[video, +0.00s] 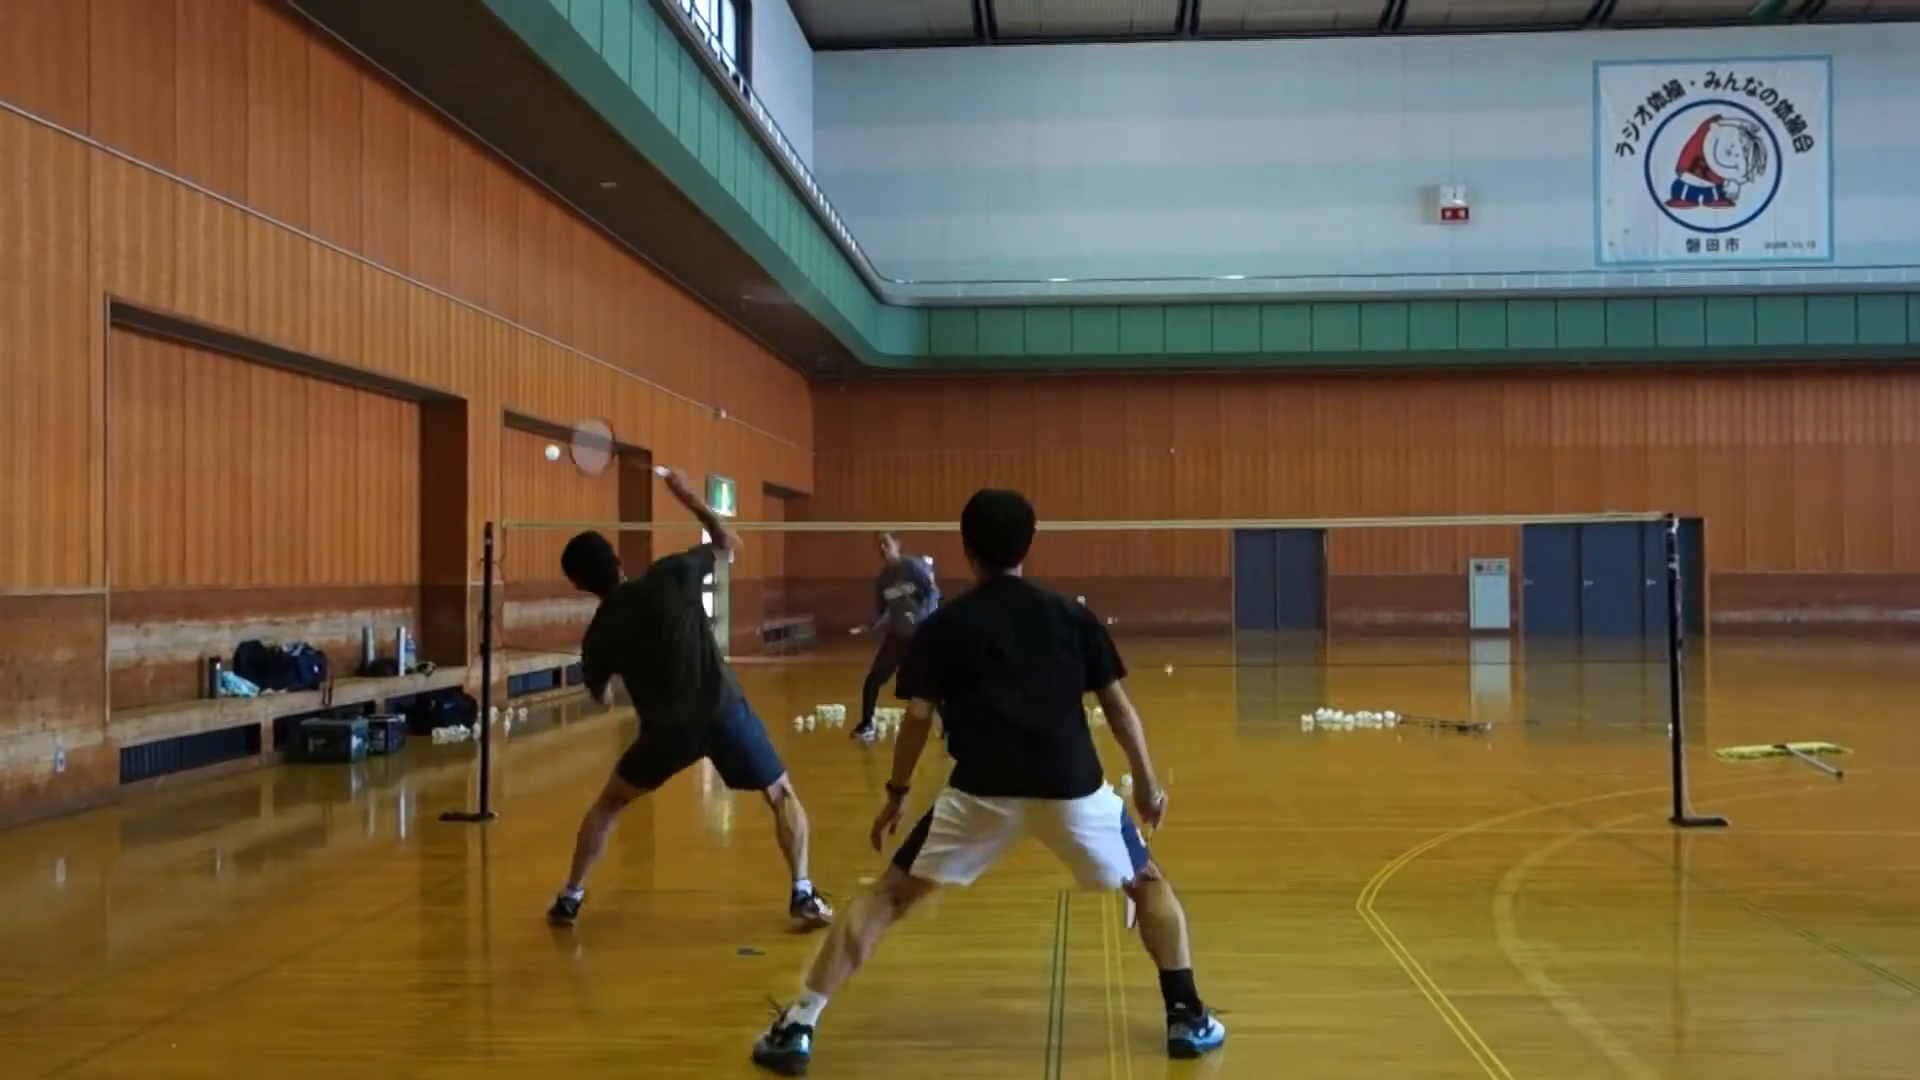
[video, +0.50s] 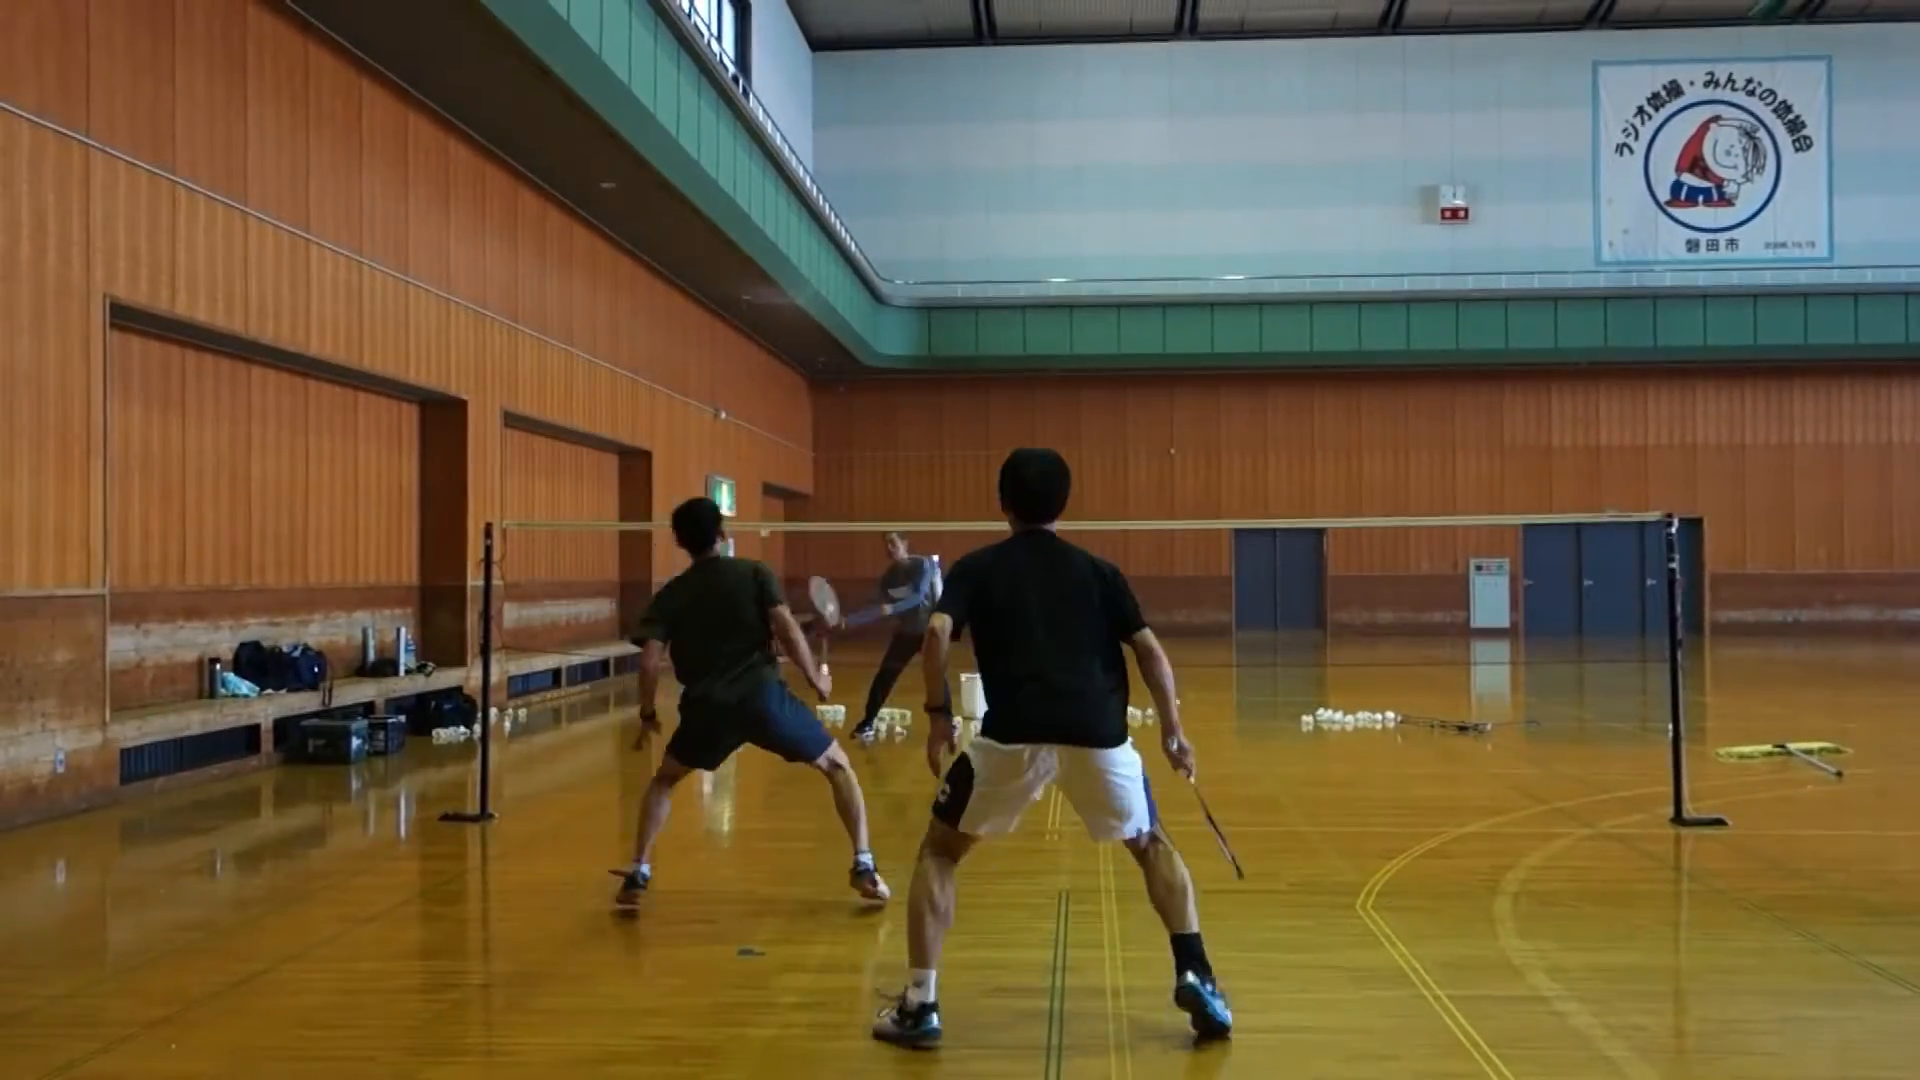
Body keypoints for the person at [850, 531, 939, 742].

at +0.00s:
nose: (884, 549)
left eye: (887, 543)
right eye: (881, 545)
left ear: (897, 544)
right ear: (878, 549)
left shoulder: (915, 567)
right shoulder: (882, 580)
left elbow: (933, 594)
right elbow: (883, 612)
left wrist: (920, 617)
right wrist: (870, 627)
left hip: (922, 636)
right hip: (897, 637)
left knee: (934, 683)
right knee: (872, 681)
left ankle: (947, 724)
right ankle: (866, 724)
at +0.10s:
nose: (881, 547)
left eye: (884, 542)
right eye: (878, 544)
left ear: (896, 543)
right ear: (876, 547)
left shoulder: (911, 564)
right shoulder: (885, 574)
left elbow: (922, 594)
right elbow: (887, 607)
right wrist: (865, 617)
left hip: (919, 633)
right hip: (897, 633)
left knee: (917, 679)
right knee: (876, 678)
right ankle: (868, 722)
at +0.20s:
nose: (881, 547)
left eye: (885, 543)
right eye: (878, 543)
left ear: (896, 543)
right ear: (876, 546)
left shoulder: (908, 564)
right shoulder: (885, 570)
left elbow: (908, 592)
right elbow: (887, 601)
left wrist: (880, 578)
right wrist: (861, 610)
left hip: (916, 631)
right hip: (898, 631)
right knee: (879, 677)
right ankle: (867, 722)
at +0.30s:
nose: (883, 548)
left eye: (886, 543)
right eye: (880, 544)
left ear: (898, 543)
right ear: (879, 548)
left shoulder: (912, 565)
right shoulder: (887, 573)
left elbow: (897, 588)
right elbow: (881, 605)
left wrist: (864, 576)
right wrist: (849, 608)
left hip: (926, 634)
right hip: (903, 634)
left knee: (937, 684)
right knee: (881, 679)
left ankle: (951, 724)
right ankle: (867, 724)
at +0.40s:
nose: (887, 549)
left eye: (890, 544)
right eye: (884, 545)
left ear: (901, 544)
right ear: (883, 548)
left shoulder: (918, 566)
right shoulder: (888, 574)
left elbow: (903, 586)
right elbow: (876, 611)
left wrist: (871, 592)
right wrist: (843, 617)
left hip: (929, 632)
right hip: (906, 632)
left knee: (937, 677)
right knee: (885, 676)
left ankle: (949, 722)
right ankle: (868, 722)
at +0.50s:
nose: (890, 548)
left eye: (893, 543)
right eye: (887, 544)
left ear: (905, 543)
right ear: (886, 547)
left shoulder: (923, 565)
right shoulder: (888, 579)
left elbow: (920, 596)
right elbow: (883, 609)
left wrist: (893, 608)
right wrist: (849, 621)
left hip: (931, 629)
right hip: (907, 631)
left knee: (937, 674)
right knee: (886, 675)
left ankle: (948, 722)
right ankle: (868, 721)